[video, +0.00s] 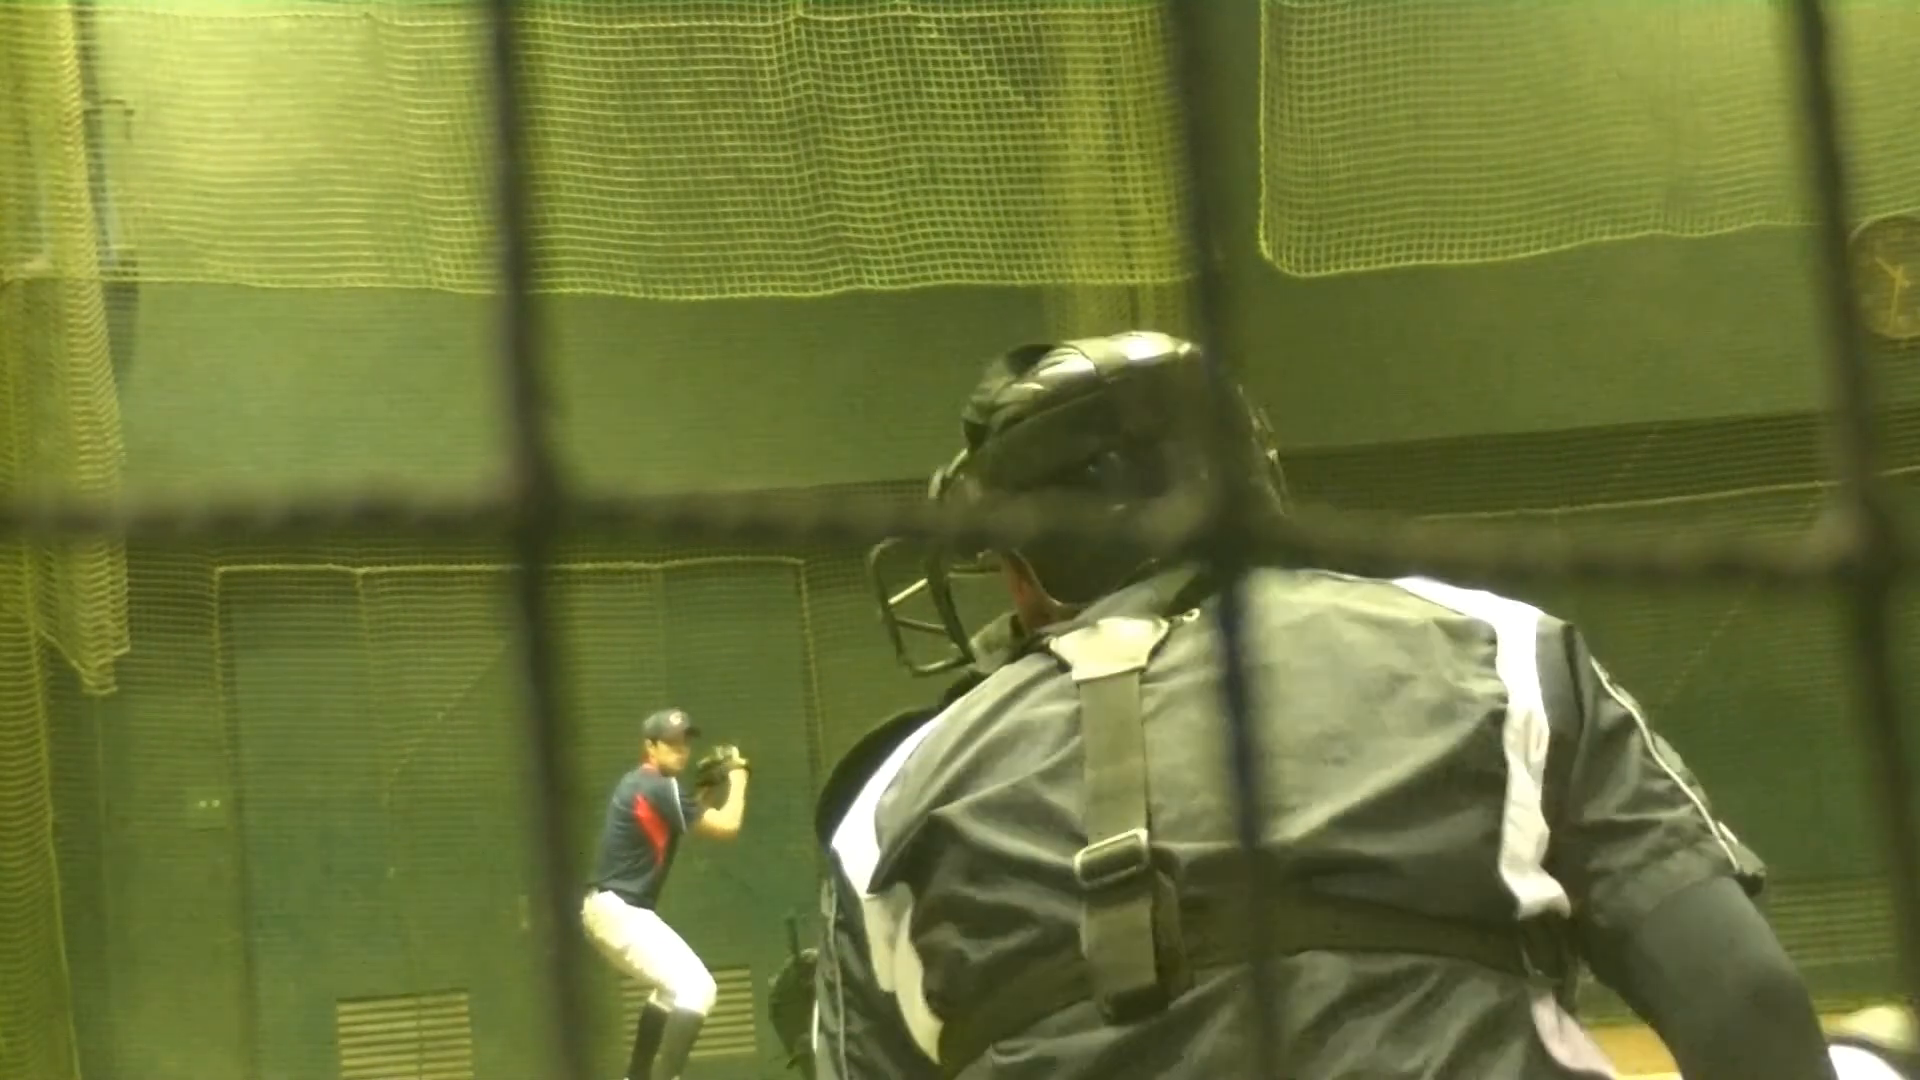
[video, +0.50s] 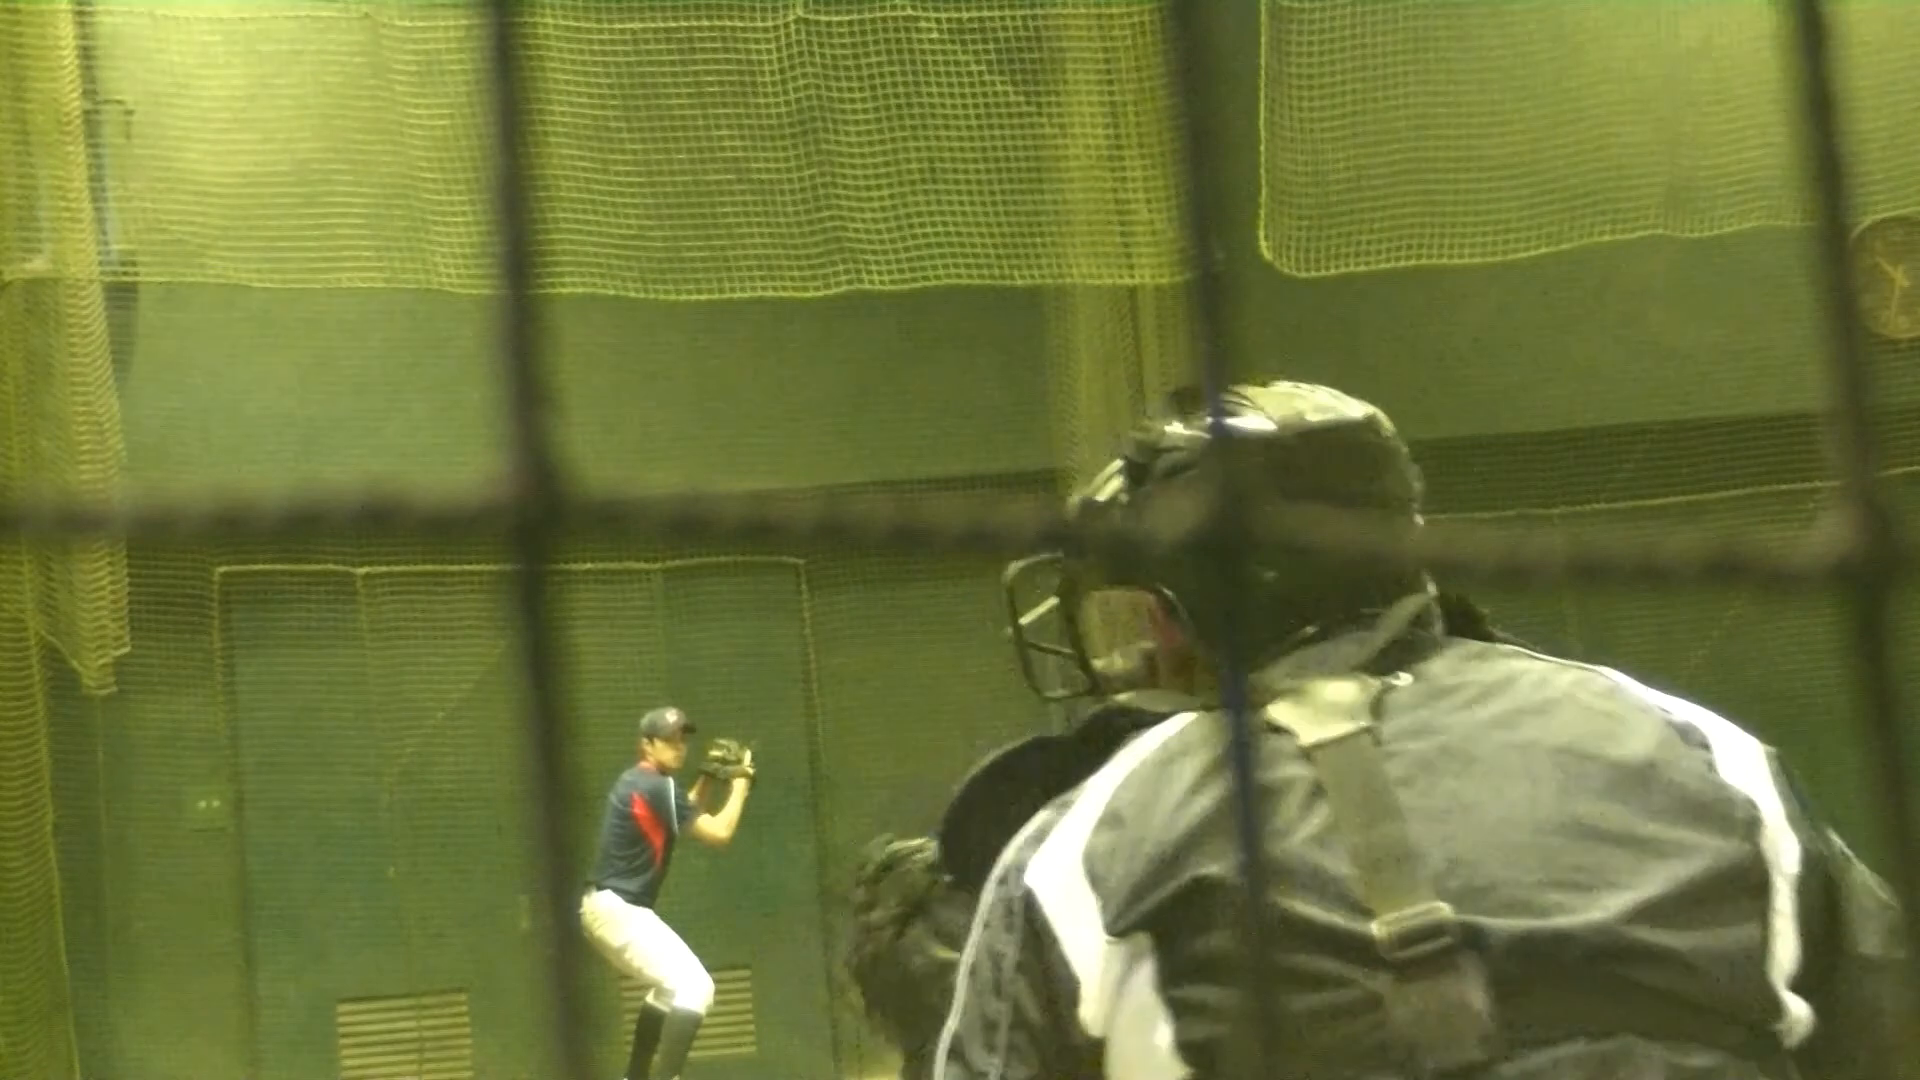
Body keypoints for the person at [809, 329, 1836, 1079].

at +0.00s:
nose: (985, 597)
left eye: (985, 567)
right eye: (976, 563)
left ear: (1026, 582)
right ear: (1263, 506)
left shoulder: (893, 807)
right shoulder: (1506, 658)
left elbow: (870, 1065)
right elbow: (1744, 1000)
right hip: (1468, 1043)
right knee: (1843, 1057)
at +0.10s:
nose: (1000, 604)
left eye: (996, 575)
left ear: (1034, 592)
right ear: (1280, 513)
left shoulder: (898, 819)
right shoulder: (1514, 675)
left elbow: (876, 1069)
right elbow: (1757, 1034)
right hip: (1451, 1047)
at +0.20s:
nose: (1017, 621)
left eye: (1014, 590)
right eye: (1004, 587)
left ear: (1056, 607)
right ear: (1301, 534)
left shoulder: (938, 834)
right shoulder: (1549, 710)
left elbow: (891, 1058)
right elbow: (1774, 1057)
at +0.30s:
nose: (1042, 625)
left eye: (1042, 593)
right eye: (1030, 589)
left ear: (1087, 611)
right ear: (1322, 550)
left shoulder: (965, 848)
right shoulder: (1592, 724)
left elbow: (910, 1068)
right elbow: (1803, 1055)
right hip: (1529, 1042)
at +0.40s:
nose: (1077, 621)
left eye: (1080, 586)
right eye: (1071, 585)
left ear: (1132, 608)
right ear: (1357, 561)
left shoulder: (1004, 858)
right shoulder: (1654, 739)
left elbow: (938, 1068)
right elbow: (1866, 1025)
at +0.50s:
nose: (1123, 648)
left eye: (1129, 607)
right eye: (1113, 605)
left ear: (1181, 626)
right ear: (1399, 577)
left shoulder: (1062, 872)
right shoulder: (1708, 760)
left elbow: (985, 1067)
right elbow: (1890, 1023)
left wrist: (925, 1000)